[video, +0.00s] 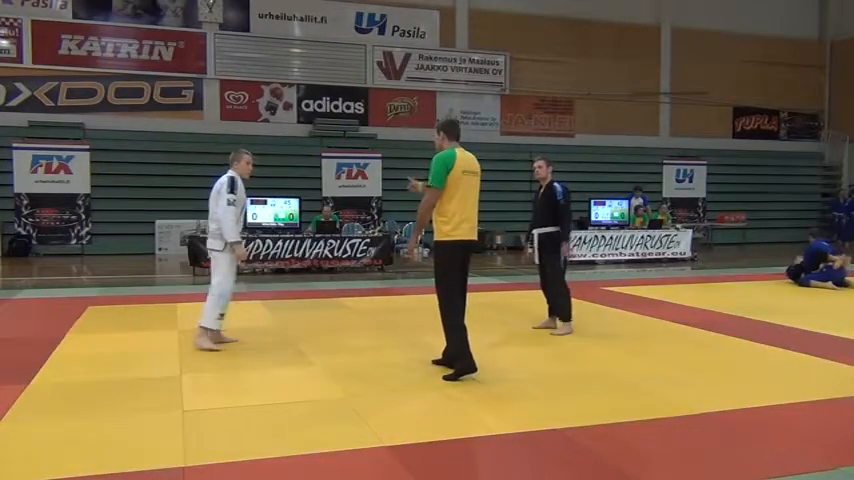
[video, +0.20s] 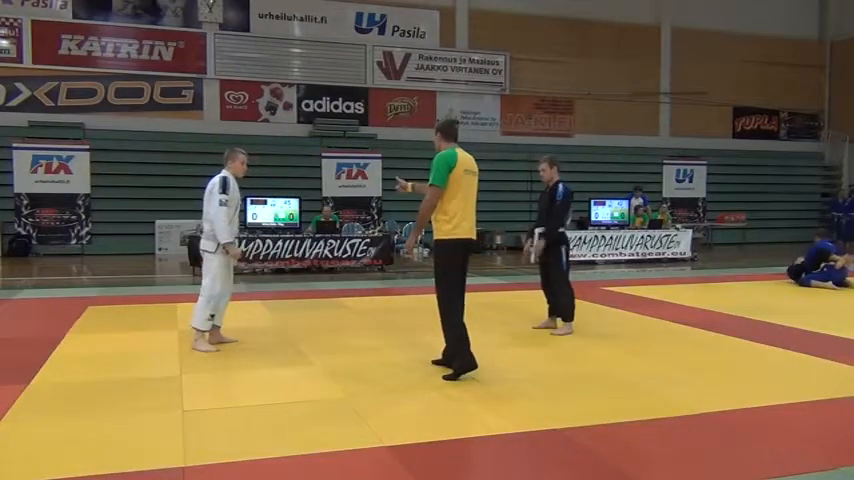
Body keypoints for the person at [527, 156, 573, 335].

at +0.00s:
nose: (536, 171)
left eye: (539, 167)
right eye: (535, 169)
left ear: (549, 169)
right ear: (535, 172)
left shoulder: (558, 189)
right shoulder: (538, 192)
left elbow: (565, 216)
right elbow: (535, 219)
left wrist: (565, 240)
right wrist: (529, 242)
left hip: (554, 239)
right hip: (540, 240)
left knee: (557, 280)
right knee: (545, 279)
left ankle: (566, 321)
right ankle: (551, 317)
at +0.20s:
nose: (541, 175)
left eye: (543, 171)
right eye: (539, 171)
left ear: (554, 169)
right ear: (546, 172)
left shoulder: (562, 190)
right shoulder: (545, 192)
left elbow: (557, 219)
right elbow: (540, 219)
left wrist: (545, 240)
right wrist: (531, 238)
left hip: (558, 241)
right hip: (544, 241)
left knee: (560, 280)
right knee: (547, 280)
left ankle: (567, 322)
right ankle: (551, 317)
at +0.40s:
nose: (545, 174)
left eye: (547, 170)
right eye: (544, 170)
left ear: (558, 170)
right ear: (550, 171)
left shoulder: (566, 190)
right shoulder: (550, 192)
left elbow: (560, 218)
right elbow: (545, 217)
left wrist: (540, 234)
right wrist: (537, 236)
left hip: (560, 241)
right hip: (547, 241)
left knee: (563, 280)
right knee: (549, 280)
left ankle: (569, 322)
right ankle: (552, 317)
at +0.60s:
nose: (547, 171)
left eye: (549, 168)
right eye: (547, 168)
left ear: (558, 169)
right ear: (557, 170)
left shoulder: (568, 190)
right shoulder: (553, 190)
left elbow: (563, 219)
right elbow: (548, 217)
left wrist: (551, 242)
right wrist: (542, 240)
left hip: (561, 239)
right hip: (549, 238)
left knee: (564, 280)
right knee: (550, 280)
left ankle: (569, 323)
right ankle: (552, 317)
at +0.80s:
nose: (548, 171)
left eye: (550, 168)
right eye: (549, 168)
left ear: (558, 169)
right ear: (560, 169)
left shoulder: (569, 190)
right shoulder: (557, 190)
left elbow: (569, 222)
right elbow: (552, 222)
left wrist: (568, 247)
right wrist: (545, 246)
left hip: (561, 240)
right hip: (550, 240)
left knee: (564, 281)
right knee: (551, 280)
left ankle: (569, 323)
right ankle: (552, 317)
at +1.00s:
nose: (550, 171)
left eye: (552, 167)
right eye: (551, 167)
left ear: (559, 169)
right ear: (561, 170)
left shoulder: (570, 191)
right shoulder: (558, 191)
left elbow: (572, 222)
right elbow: (553, 222)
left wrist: (570, 248)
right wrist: (546, 247)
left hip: (563, 241)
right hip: (552, 240)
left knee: (565, 282)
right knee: (552, 281)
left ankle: (569, 323)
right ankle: (552, 318)